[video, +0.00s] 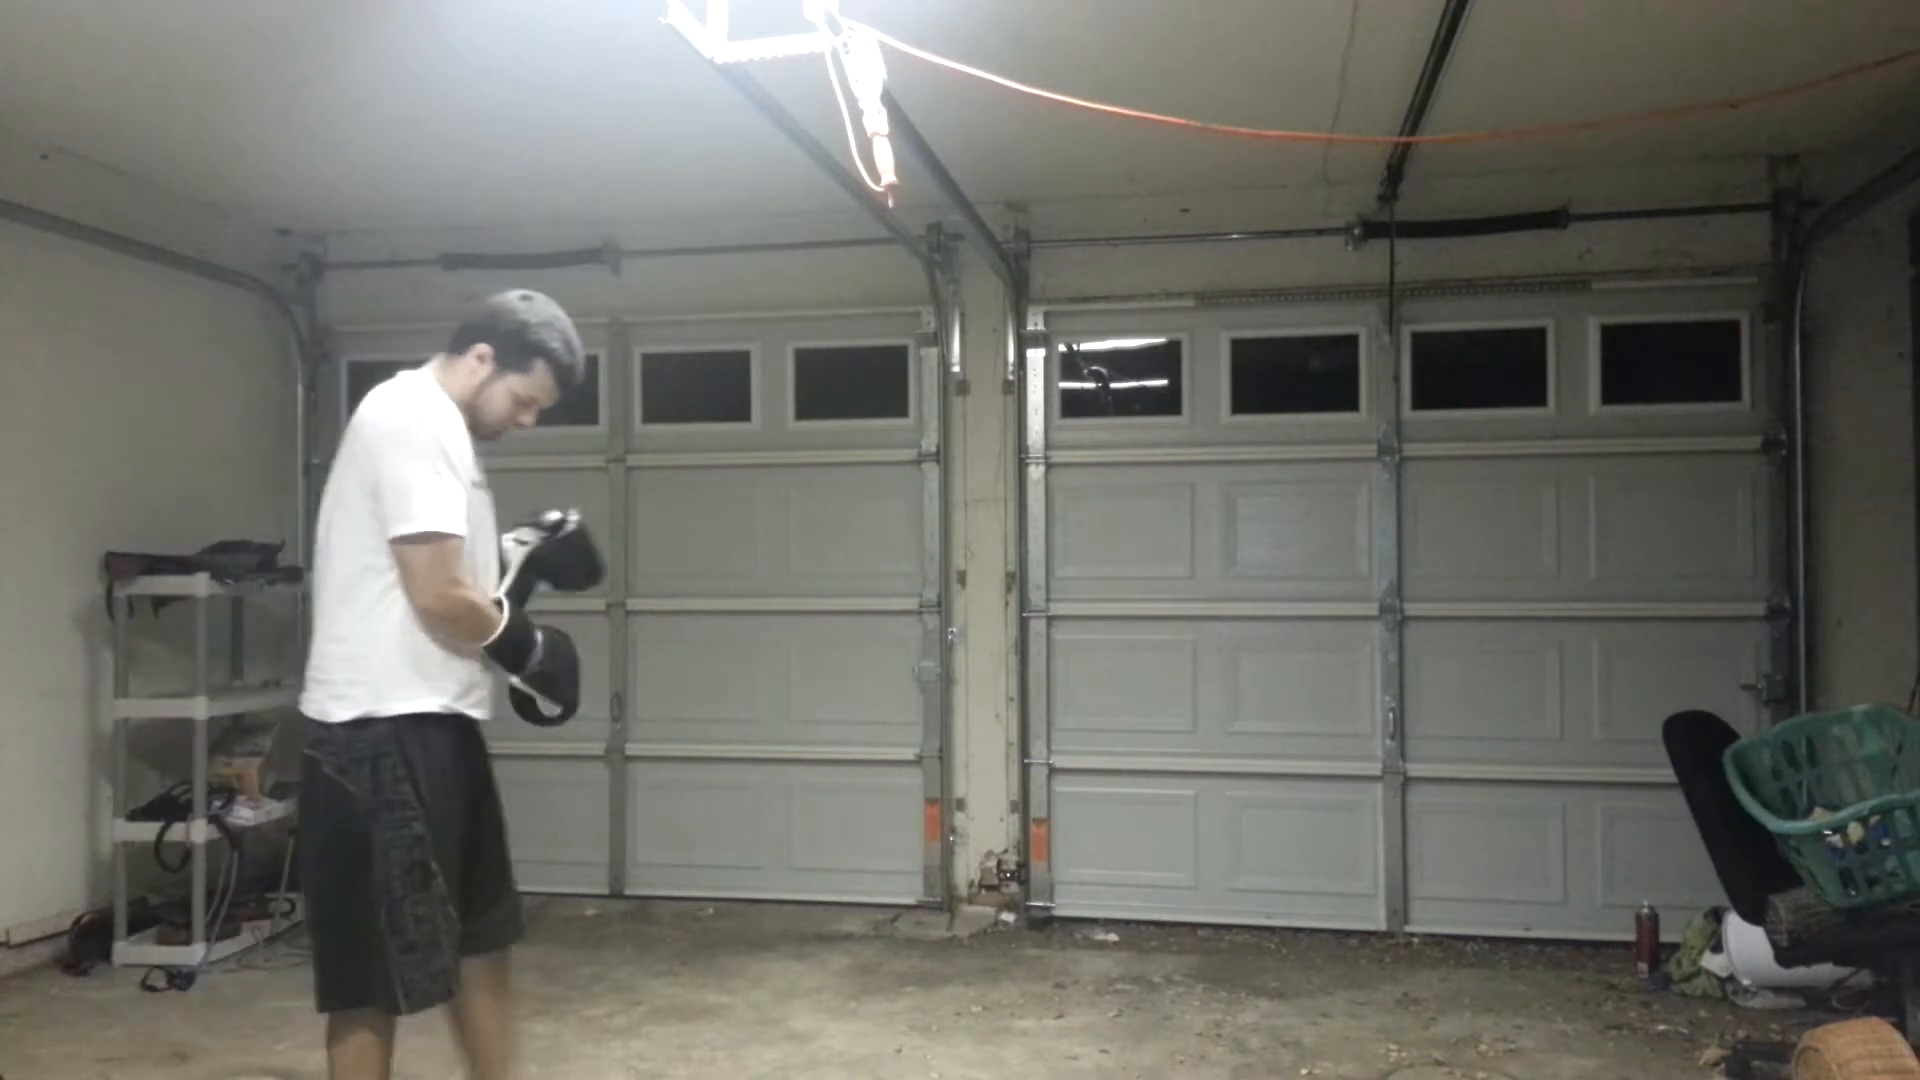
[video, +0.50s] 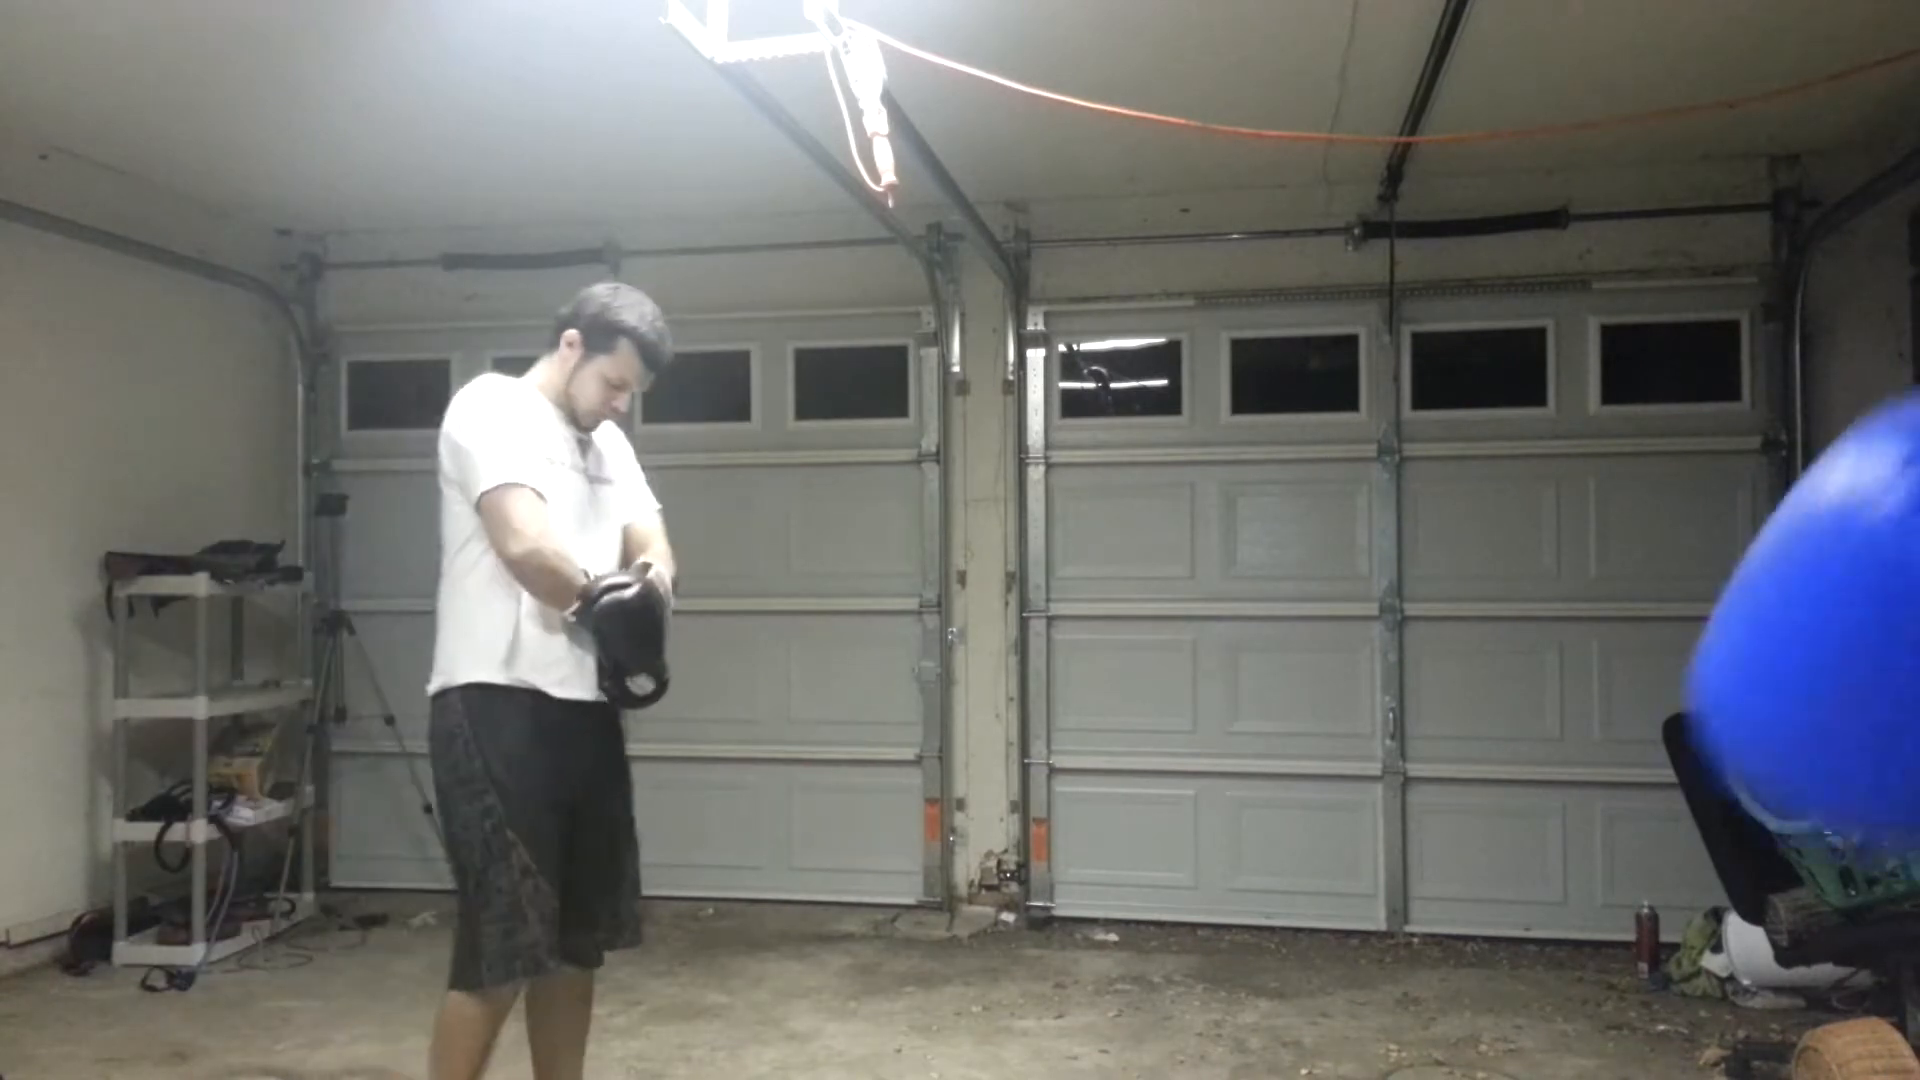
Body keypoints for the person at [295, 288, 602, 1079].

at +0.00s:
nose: (524, 425)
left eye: (535, 413)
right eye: (526, 404)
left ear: (477, 362)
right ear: (481, 359)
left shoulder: (436, 422)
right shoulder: (410, 415)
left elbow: (429, 580)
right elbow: (437, 594)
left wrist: (512, 561)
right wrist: (523, 648)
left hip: (434, 729)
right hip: (378, 734)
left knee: (482, 952)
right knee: (367, 990)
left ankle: (498, 1070)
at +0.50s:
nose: (620, 407)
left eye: (632, 394)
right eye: (614, 384)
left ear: (635, 384)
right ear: (569, 347)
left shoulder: (610, 442)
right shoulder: (489, 405)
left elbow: (653, 551)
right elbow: (523, 546)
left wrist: (644, 589)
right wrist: (599, 605)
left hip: (584, 706)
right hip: (491, 701)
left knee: (575, 940)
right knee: (505, 933)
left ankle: (561, 1078)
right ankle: (450, 1070)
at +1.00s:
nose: (599, 346)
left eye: (611, 327)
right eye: (579, 325)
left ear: (625, 327)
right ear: (527, 322)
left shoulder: (642, 428)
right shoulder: (471, 428)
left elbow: (686, 555)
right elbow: (470, 597)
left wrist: (674, 625)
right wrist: (606, 644)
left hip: (633, 736)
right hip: (519, 742)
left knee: (622, 964)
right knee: (536, 985)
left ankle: (576, 1078)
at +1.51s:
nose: (580, 311)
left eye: (596, 291)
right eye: (558, 290)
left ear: (617, 298)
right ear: (513, 296)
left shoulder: (658, 420)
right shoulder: (443, 427)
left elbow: (714, 563)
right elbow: (387, 591)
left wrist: (699, 591)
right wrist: (450, 611)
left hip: (647, 748)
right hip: (512, 757)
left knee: (667, 1001)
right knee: (522, 1021)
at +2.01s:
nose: (656, 274)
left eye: (676, 261)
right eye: (634, 253)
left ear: (692, 290)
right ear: (587, 269)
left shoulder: (731, 428)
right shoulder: (495, 400)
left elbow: (791, 591)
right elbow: (395, 557)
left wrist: (718, 577)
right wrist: (494, 564)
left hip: (678, 757)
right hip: (527, 753)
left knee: (671, 1041)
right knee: (520, 1044)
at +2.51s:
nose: (603, 321)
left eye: (621, 302)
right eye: (582, 295)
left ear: (638, 303)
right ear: (521, 283)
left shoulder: (647, 406)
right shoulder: (432, 395)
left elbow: (731, 568)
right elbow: (445, 550)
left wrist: (712, 414)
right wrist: (509, 388)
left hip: (631, 777)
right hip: (468, 777)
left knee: (678, 1049)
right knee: (461, 1053)